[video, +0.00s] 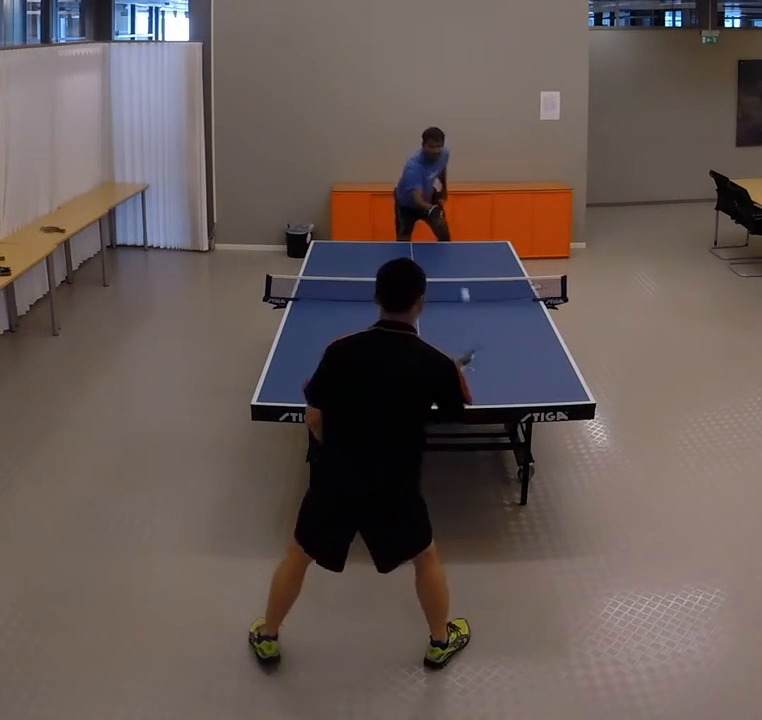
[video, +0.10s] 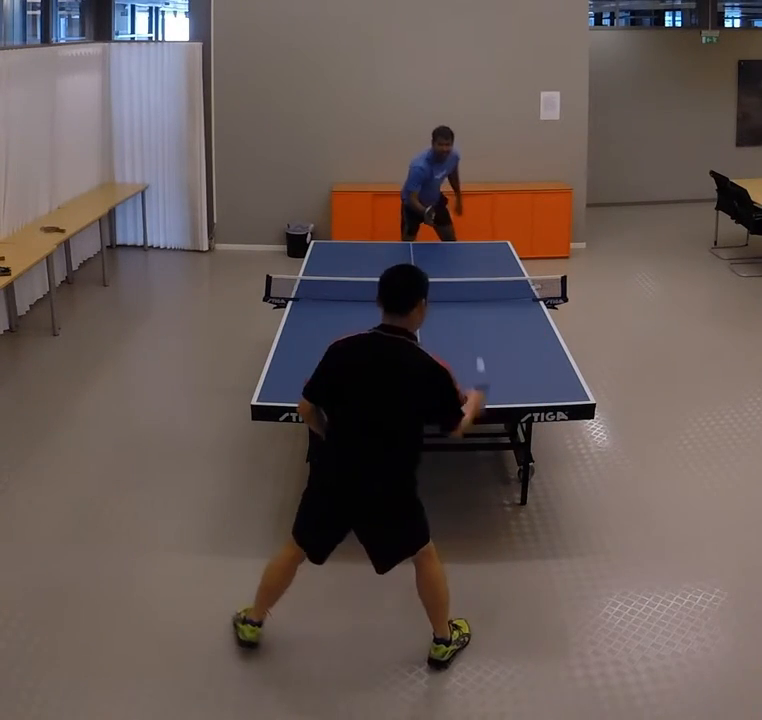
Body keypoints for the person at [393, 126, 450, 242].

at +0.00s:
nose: (435, 151)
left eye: (438, 147)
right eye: (431, 147)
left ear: (442, 146)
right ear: (423, 145)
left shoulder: (444, 155)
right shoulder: (414, 165)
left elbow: (442, 173)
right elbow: (416, 197)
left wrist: (444, 190)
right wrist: (430, 208)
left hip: (429, 199)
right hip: (407, 202)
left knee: (444, 235)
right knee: (403, 240)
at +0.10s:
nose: (444, 149)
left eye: (447, 145)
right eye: (440, 145)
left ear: (452, 145)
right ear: (433, 144)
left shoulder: (453, 158)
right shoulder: (419, 166)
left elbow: (453, 176)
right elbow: (411, 198)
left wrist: (458, 198)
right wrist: (424, 211)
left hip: (435, 202)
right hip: (413, 204)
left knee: (450, 242)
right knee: (407, 244)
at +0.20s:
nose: (452, 147)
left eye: (456, 143)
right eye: (449, 143)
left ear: (460, 144)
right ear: (441, 142)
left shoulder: (461, 160)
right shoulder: (425, 163)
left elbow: (468, 184)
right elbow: (409, 189)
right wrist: (417, 209)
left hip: (442, 207)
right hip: (420, 208)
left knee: (459, 246)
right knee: (411, 249)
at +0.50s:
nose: (446, 125)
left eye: (450, 121)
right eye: (443, 121)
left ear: (455, 122)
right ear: (437, 120)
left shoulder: (463, 142)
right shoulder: (423, 140)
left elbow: (473, 169)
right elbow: (410, 165)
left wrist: (478, 198)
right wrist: (403, 193)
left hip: (452, 198)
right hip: (425, 197)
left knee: (460, 243)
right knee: (409, 241)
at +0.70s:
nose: (427, 131)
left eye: (430, 127)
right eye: (423, 127)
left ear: (437, 127)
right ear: (418, 127)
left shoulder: (450, 144)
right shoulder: (412, 148)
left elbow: (464, 168)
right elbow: (409, 175)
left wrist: (465, 196)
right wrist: (398, 194)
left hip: (447, 199)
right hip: (422, 200)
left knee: (459, 242)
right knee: (405, 241)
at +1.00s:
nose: (439, 138)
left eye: (443, 135)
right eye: (436, 135)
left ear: (450, 134)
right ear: (432, 134)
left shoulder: (462, 149)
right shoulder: (425, 153)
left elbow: (478, 169)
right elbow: (410, 178)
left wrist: (487, 197)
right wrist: (394, 195)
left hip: (462, 200)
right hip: (436, 202)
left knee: (479, 240)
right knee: (415, 241)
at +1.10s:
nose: (459, 139)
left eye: (463, 135)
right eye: (456, 135)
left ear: (470, 135)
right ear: (451, 134)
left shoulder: (479, 153)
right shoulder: (439, 153)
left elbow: (491, 175)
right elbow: (422, 175)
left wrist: (500, 202)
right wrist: (404, 190)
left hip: (469, 204)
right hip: (443, 204)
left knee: (481, 242)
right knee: (422, 239)